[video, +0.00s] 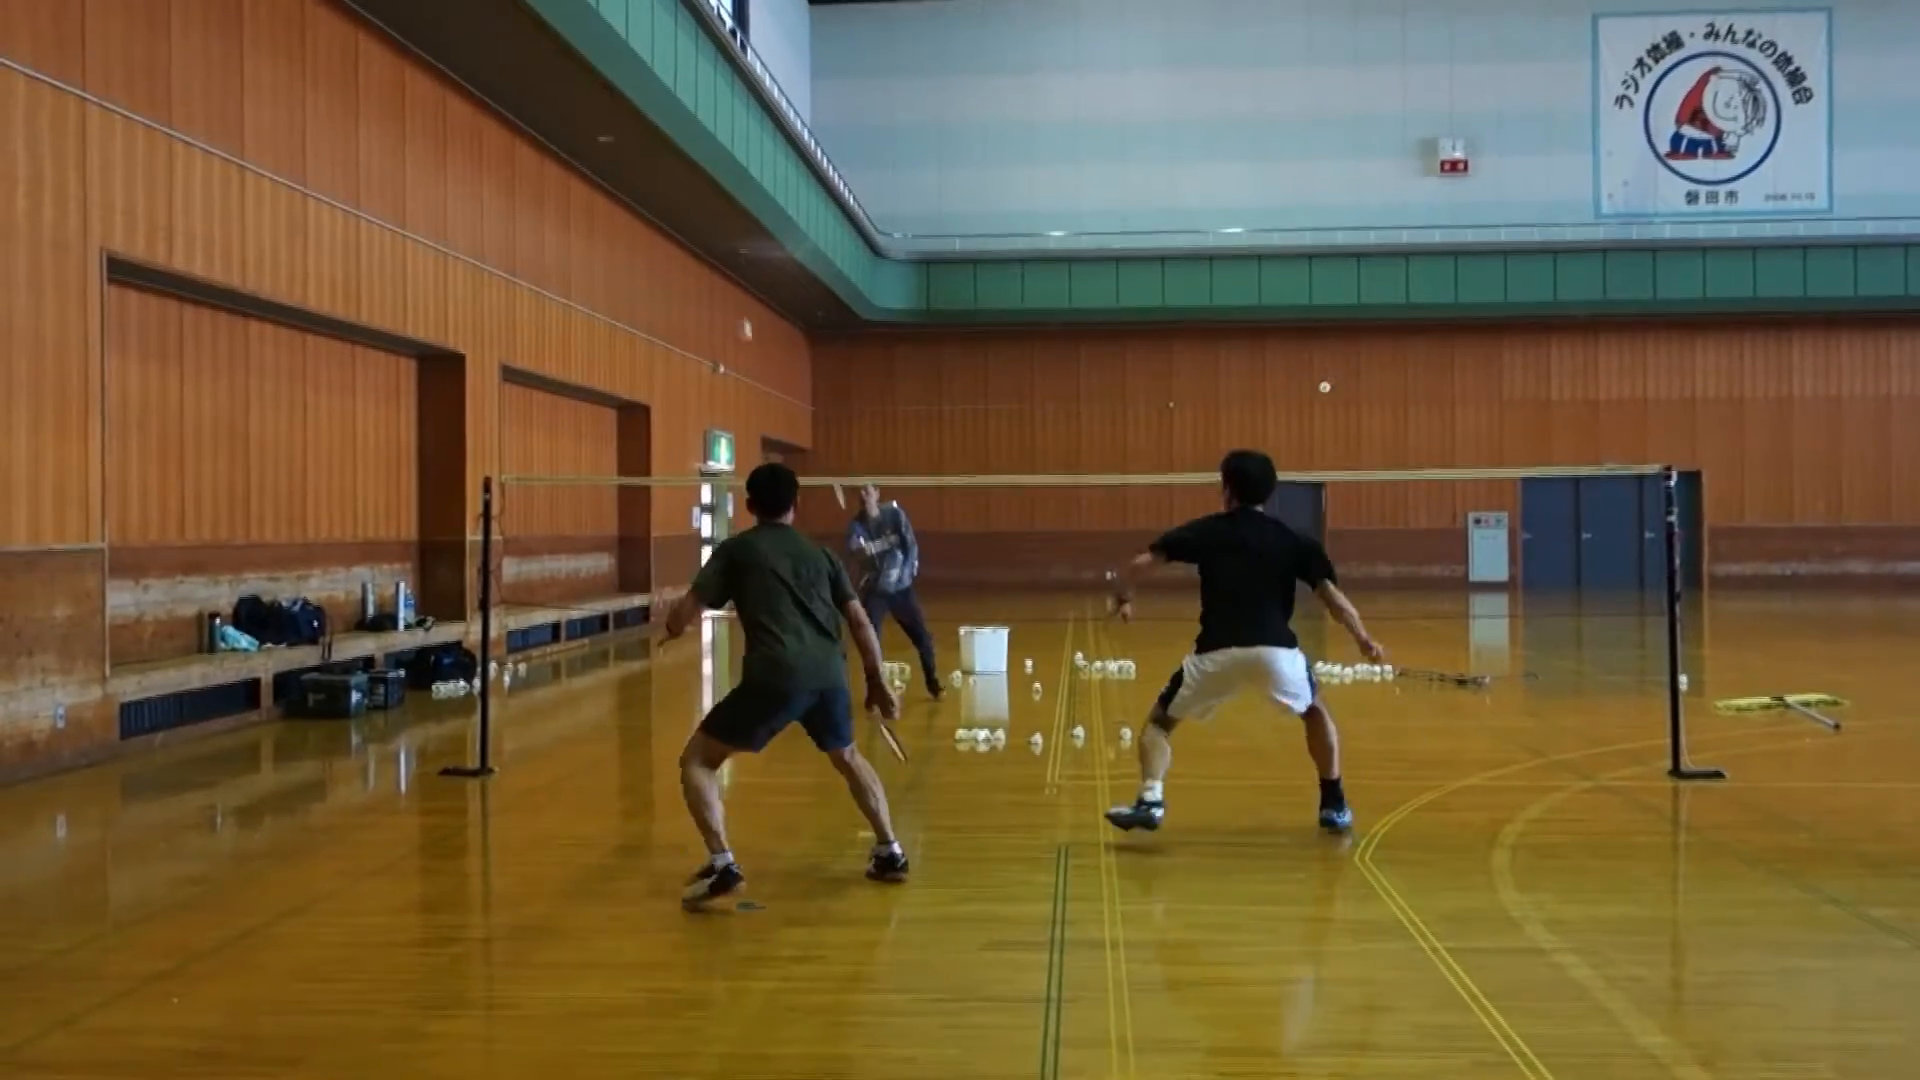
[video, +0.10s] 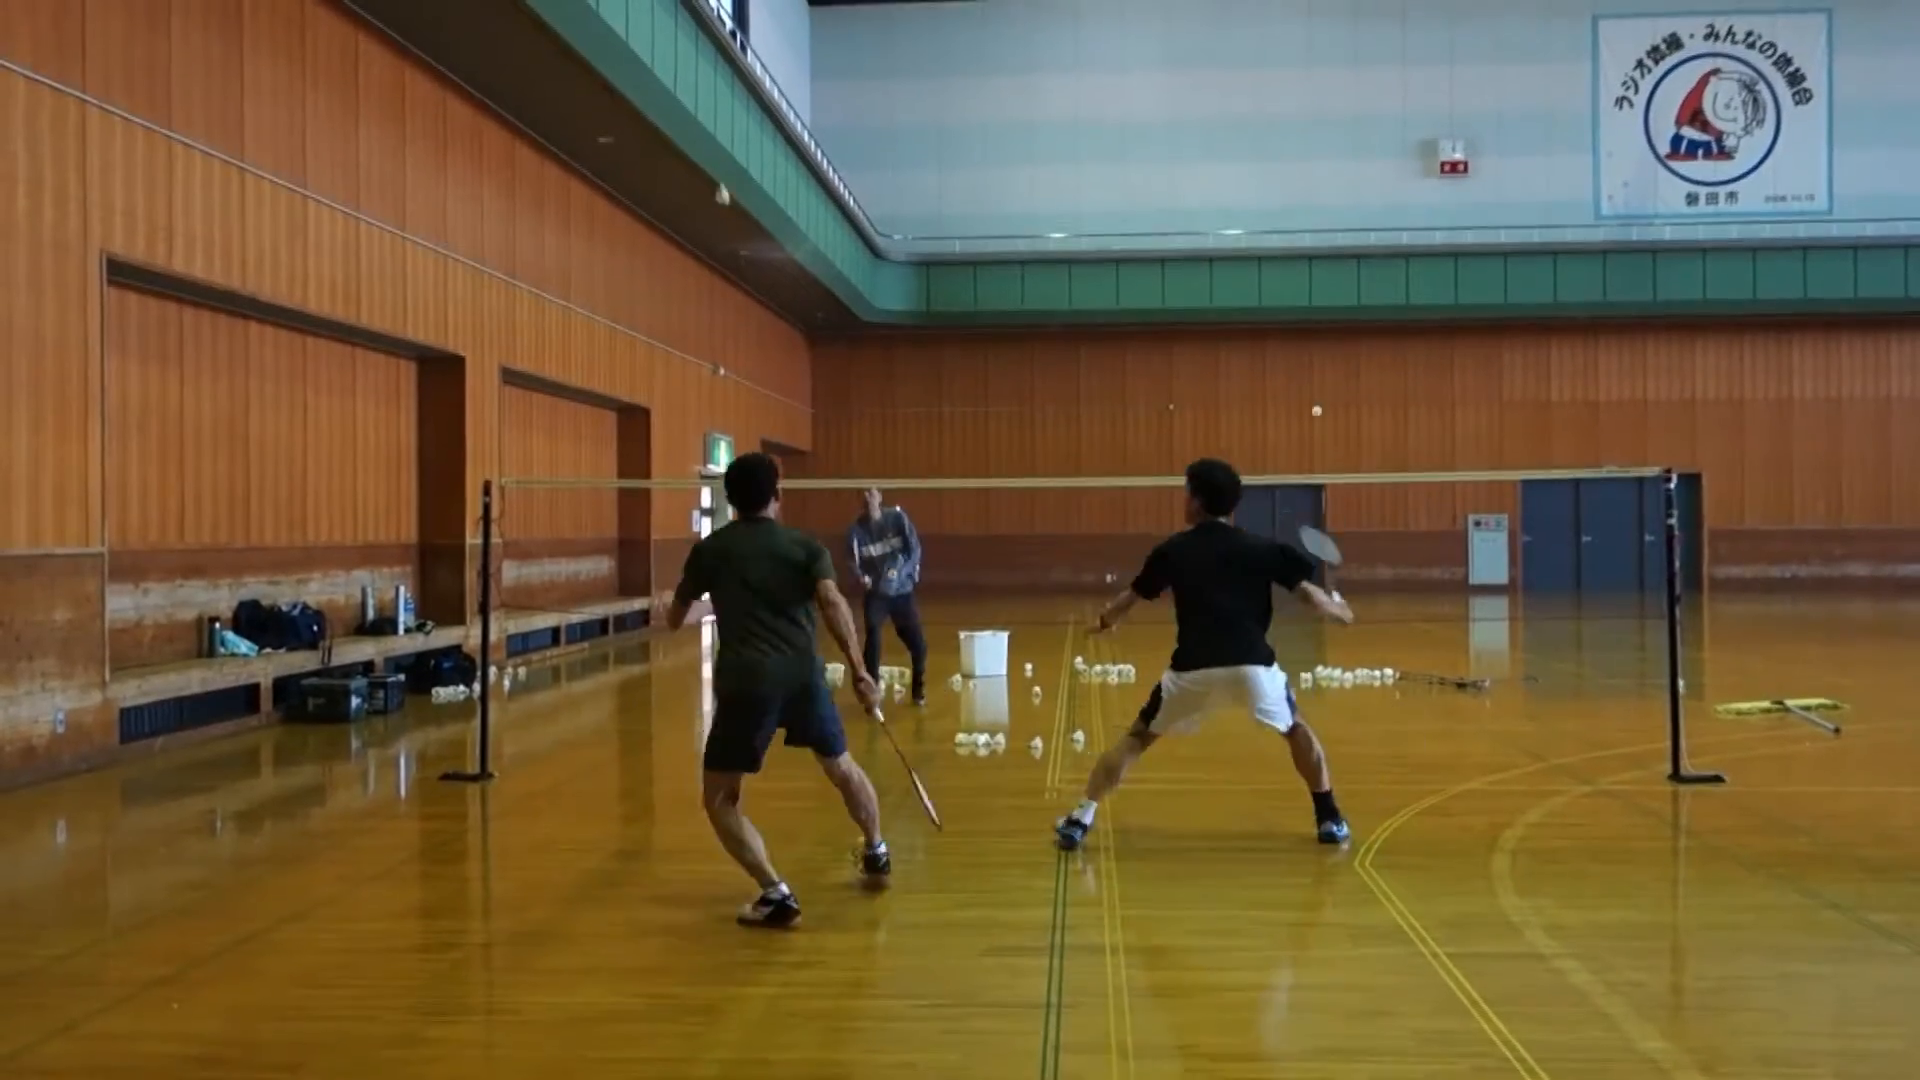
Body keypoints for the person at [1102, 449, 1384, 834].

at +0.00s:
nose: (1220, 489)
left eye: (1222, 484)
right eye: (1222, 483)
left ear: (1228, 488)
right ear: (1268, 492)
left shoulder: (1208, 530)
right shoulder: (1289, 539)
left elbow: (1138, 564)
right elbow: (1332, 596)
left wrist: (1124, 595)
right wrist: (1364, 639)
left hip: (1219, 650)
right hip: (1277, 650)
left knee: (1160, 723)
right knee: (1315, 712)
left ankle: (1150, 800)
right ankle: (1333, 804)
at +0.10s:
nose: (1184, 500)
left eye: (1187, 494)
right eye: (1187, 493)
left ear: (1195, 501)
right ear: (1232, 504)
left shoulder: (1174, 551)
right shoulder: (1258, 548)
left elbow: (1128, 599)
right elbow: (1311, 595)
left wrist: (1106, 619)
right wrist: (1337, 609)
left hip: (1192, 667)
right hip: (1253, 665)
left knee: (1136, 740)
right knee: (1295, 728)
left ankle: (1080, 818)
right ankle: (1329, 818)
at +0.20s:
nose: (1138, 510)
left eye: (1143, 503)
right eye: (1142, 503)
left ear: (1155, 510)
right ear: (1186, 513)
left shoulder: (1126, 563)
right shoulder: (1213, 562)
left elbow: (1102, 626)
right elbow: (1245, 622)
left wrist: (1108, 656)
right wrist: (1266, 644)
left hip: (1151, 683)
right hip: (1214, 682)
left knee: (1099, 745)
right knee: (1267, 752)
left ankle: (1065, 830)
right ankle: (1322, 826)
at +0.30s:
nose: (1103, 502)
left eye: (1106, 495)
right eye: (1105, 494)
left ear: (1117, 502)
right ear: (1152, 505)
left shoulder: (1091, 553)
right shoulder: (1174, 552)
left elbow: (1078, 622)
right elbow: (1205, 619)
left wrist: (1081, 665)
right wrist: (1210, 659)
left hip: (1113, 672)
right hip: (1171, 670)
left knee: (1080, 749)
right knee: (1224, 744)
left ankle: (1063, 835)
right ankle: (1264, 832)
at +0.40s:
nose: (1081, 499)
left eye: (1082, 493)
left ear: (1085, 497)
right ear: (1127, 499)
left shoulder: (1070, 548)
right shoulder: (1152, 547)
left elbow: (1057, 624)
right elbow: (1178, 615)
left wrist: (1042, 681)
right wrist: (1170, 652)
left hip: (1086, 665)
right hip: (1147, 664)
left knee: (1053, 749)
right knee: (1178, 742)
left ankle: (1034, 838)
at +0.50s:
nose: (1059, 509)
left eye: (1057, 503)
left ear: (1058, 508)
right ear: (1102, 509)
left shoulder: (1044, 564)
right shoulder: (1128, 559)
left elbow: (1027, 634)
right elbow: (1155, 619)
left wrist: (1007, 694)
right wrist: (1141, 658)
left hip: (1063, 680)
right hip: (1122, 680)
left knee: (1008, 759)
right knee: (1152, 766)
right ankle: (1164, 862)